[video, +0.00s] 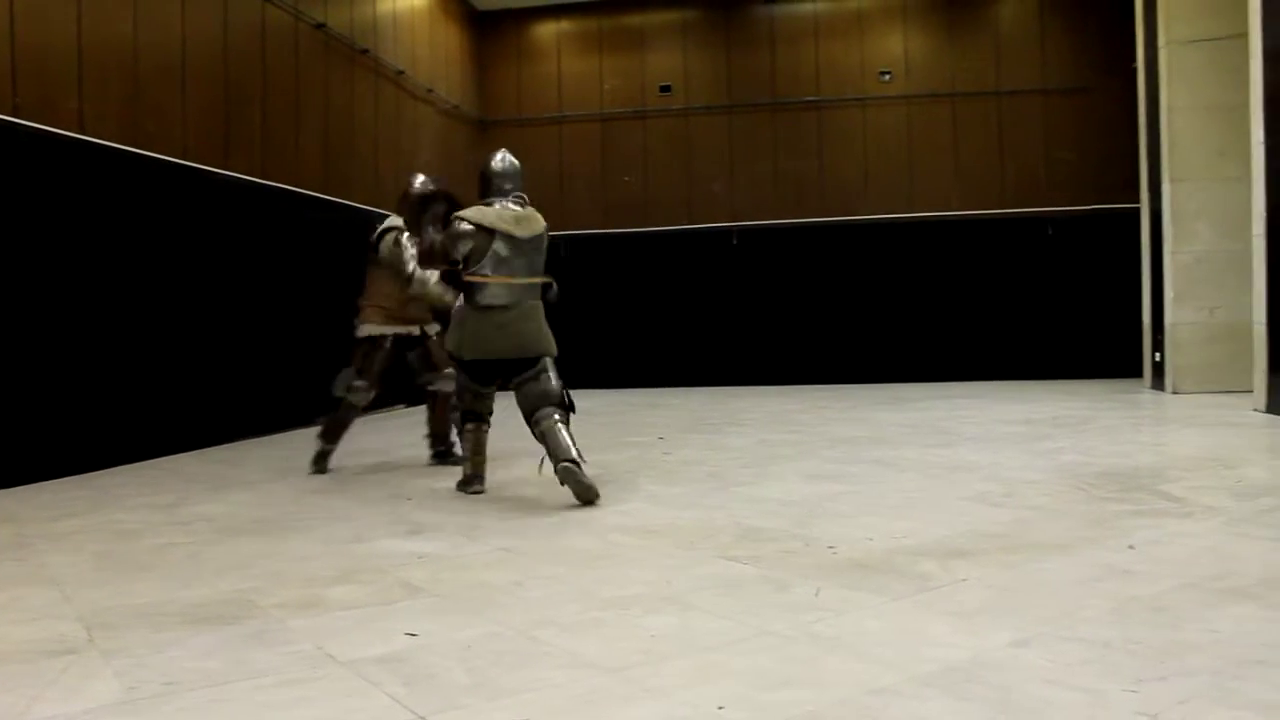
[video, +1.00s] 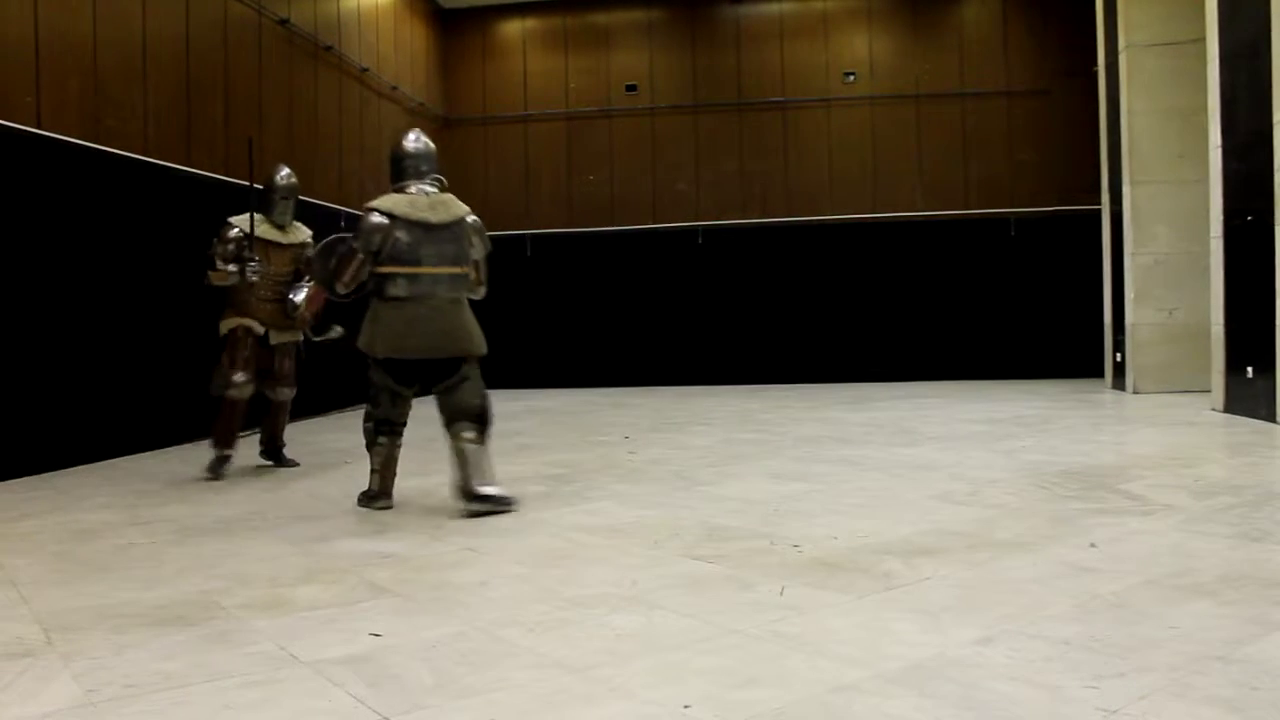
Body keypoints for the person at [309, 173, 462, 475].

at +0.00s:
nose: (436, 218)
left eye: (437, 211)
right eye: (431, 210)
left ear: (433, 209)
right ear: (415, 206)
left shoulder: (431, 239)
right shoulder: (394, 234)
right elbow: (415, 276)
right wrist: (450, 297)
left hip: (420, 322)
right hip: (382, 324)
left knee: (443, 378)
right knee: (363, 388)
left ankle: (442, 447)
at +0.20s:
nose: (390, 216)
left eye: (392, 210)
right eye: (385, 209)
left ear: (394, 209)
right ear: (371, 208)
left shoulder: (392, 240)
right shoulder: (359, 244)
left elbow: (426, 255)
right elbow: (364, 301)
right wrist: (405, 321)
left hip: (381, 328)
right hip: (350, 329)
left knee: (417, 385)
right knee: (346, 396)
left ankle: (426, 451)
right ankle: (307, 462)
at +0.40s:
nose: (341, 208)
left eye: (345, 201)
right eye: (336, 201)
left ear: (349, 202)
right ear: (323, 200)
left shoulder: (347, 239)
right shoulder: (306, 234)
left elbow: (346, 286)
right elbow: (289, 287)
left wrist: (375, 279)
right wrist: (328, 310)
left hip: (340, 327)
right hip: (305, 327)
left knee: (366, 384)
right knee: (308, 394)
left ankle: (359, 451)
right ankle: (288, 463)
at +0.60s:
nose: (301, 203)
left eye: (304, 197)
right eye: (295, 196)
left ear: (310, 199)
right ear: (282, 197)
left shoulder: (317, 237)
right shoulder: (262, 232)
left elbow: (342, 272)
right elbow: (240, 276)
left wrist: (347, 291)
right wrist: (270, 293)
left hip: (310, 325)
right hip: (273, 324)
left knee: (311, 391)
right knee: (277, 389)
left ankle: (284, 440)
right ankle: (268, 461)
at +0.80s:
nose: (292, 211)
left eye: (296, 204)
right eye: (286, 204)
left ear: (301, 205)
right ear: (272, 203)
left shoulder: (307, 245)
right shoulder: (249, 238)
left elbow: (312, 287)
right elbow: (227, 283)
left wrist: (319, 302)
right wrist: (250, 278)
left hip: (291, 328)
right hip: (256, 324)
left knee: (292, 395)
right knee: (266, 388)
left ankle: (273, 451)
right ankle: (266, 460)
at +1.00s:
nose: (285, 204)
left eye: (290, 198)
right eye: (280, 197)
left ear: (296, 199)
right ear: (267, 196)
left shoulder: (303, 238)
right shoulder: (241, 230)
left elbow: (310, 279)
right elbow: (219, 278)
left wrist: (304, 296)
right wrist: (231, 267)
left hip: (285, 323)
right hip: (245, 319)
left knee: (283, 388)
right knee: (239, 383)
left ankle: (273, 448)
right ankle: (222, 452)